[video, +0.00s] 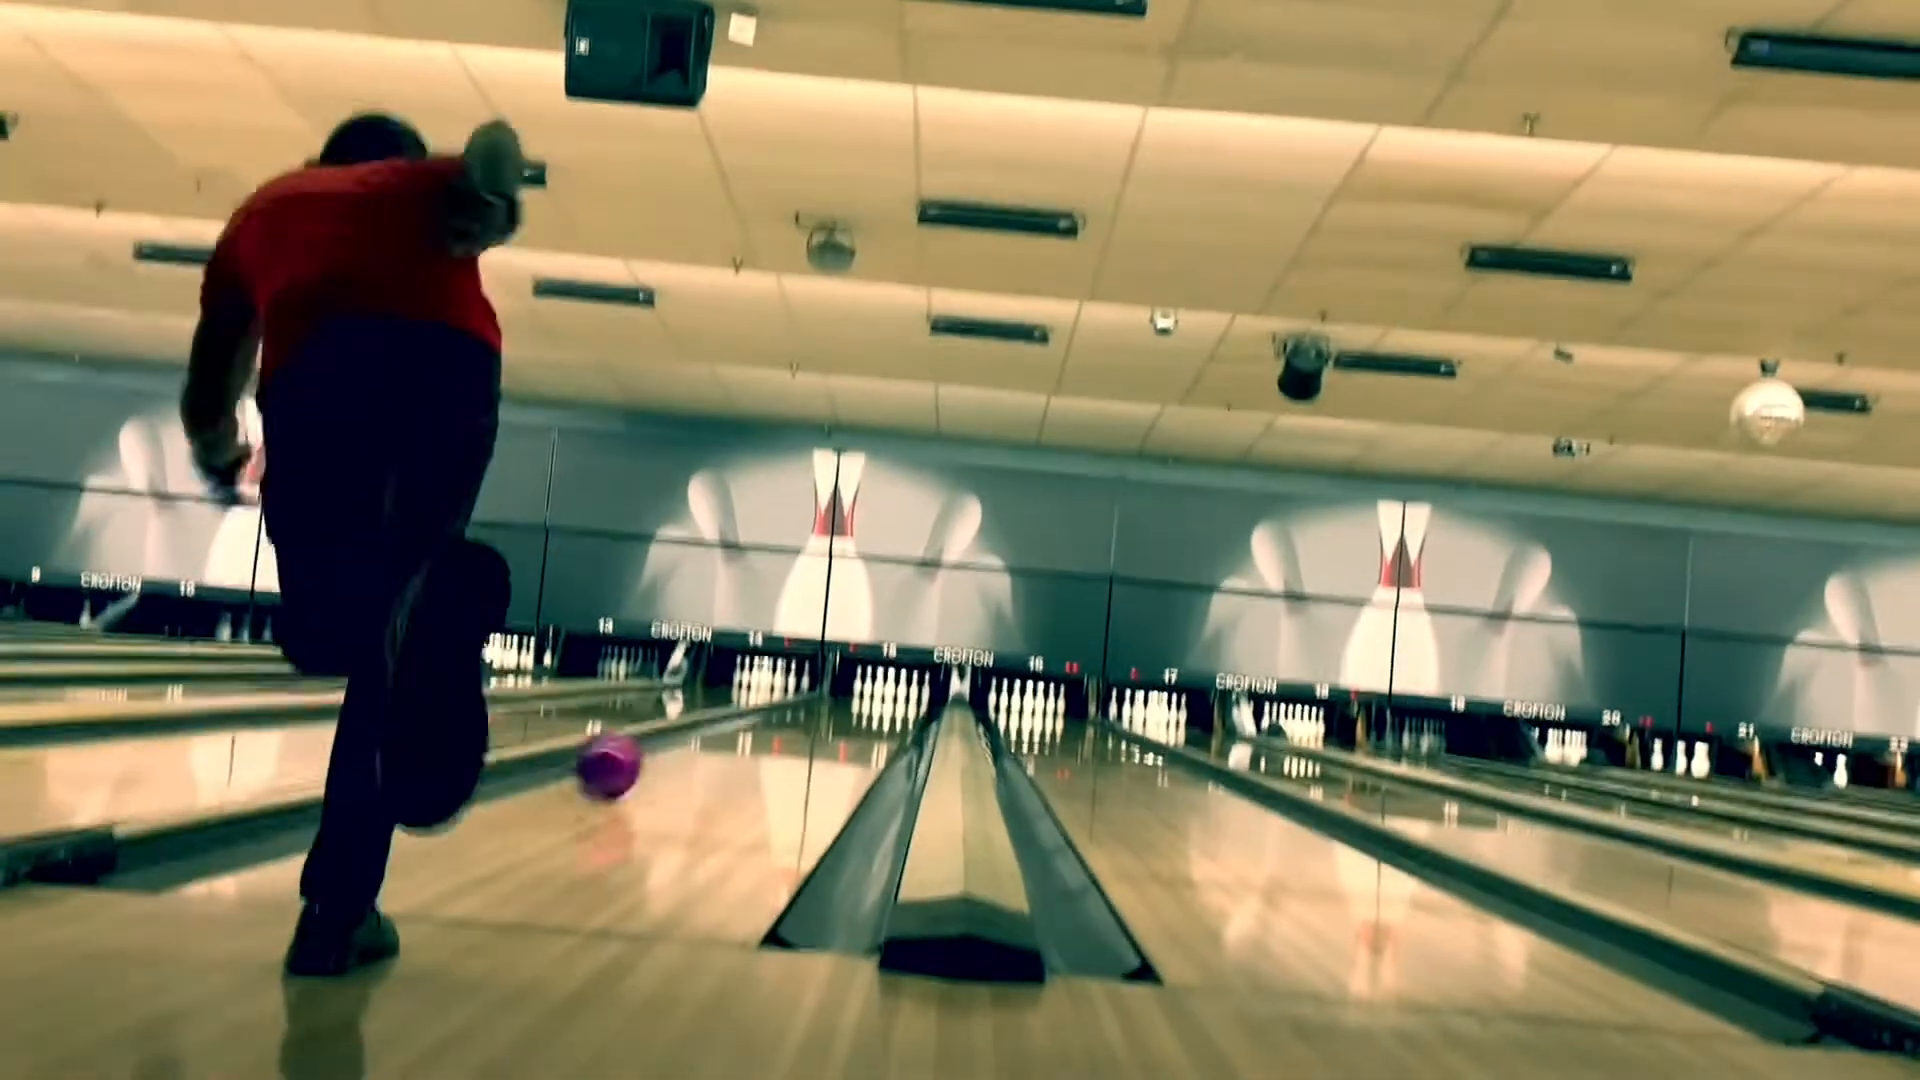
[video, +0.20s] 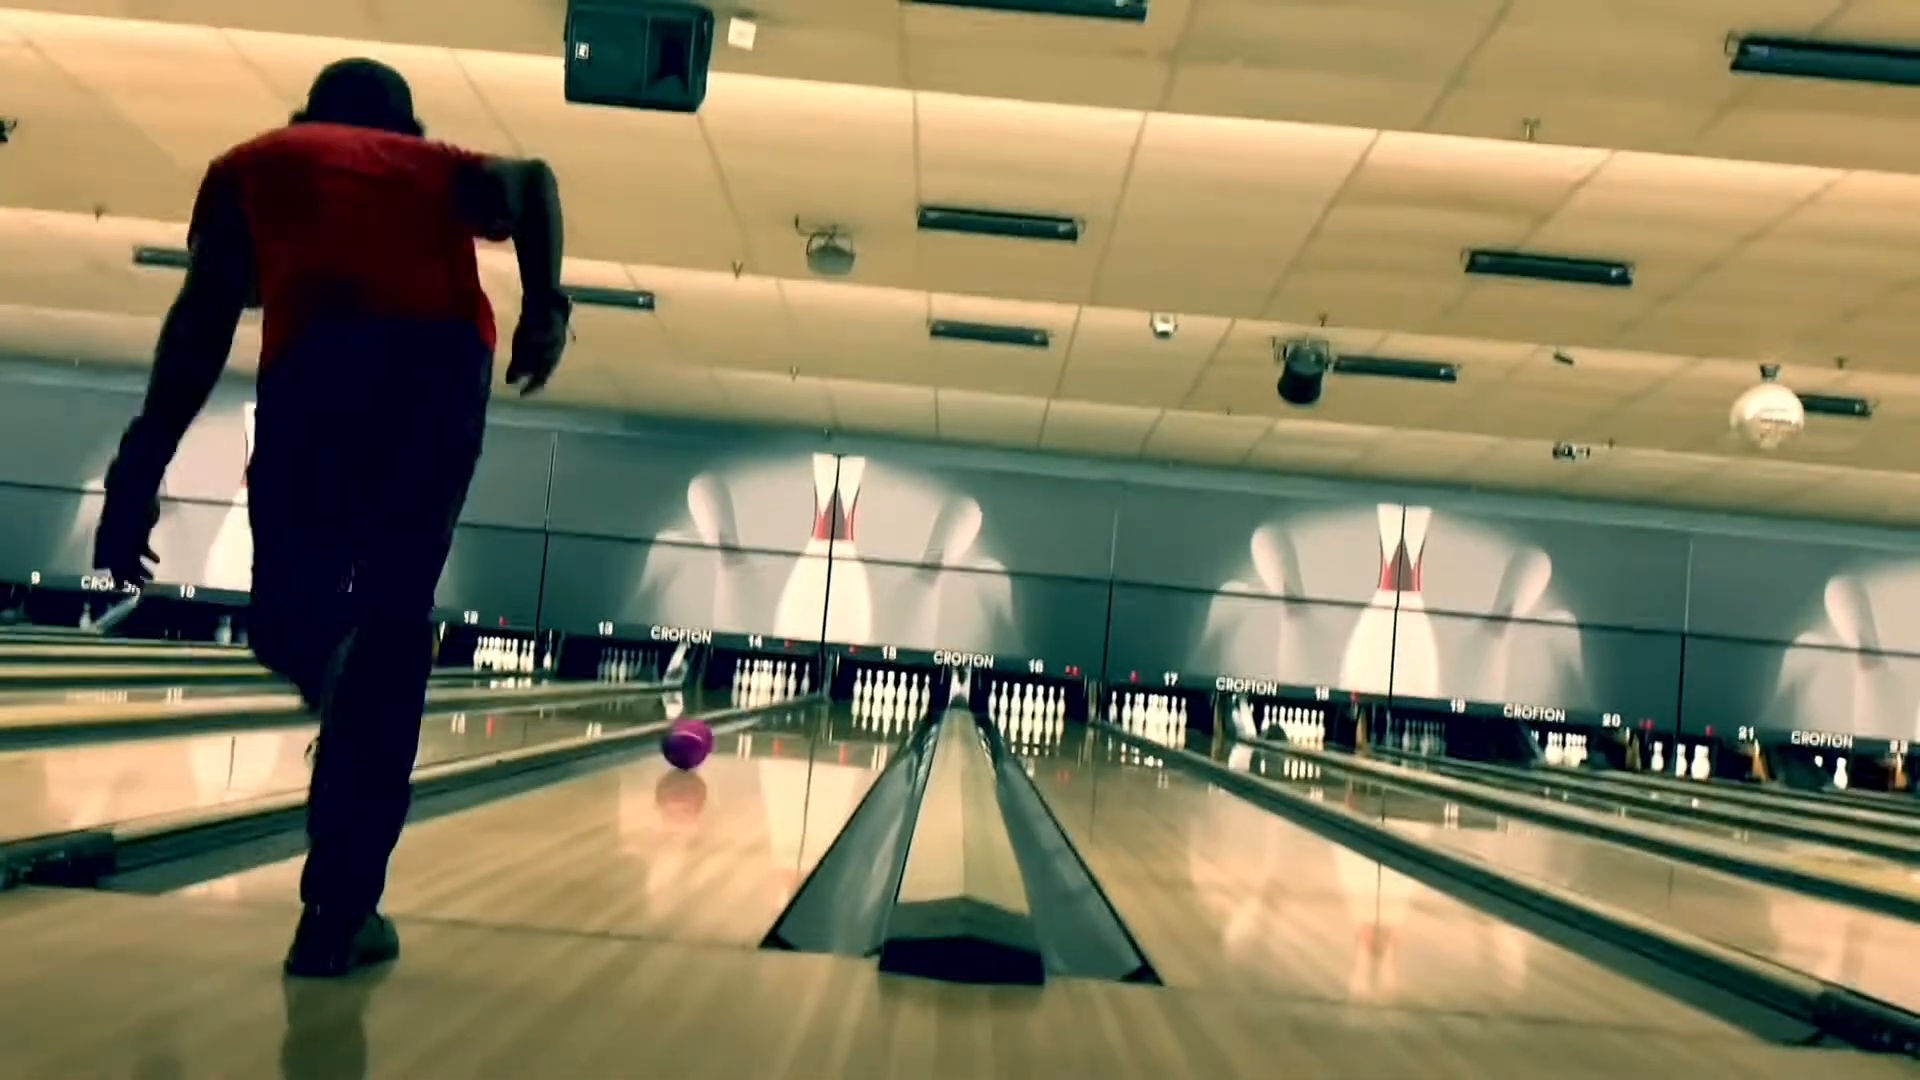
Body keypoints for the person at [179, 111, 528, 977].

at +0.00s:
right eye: (410, 157)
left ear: (327, 160)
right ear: (412, 157)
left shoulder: (266, 209)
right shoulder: (436, 181)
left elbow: (209, 386)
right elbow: (490, 151)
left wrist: (222, 452)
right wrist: (493, 196)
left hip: (321, 374)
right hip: (448, 366)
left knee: (314, 632)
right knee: (392, 647)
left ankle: (428, 609)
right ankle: (334, 916)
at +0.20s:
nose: (411, 133)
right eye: (410, 121)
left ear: (309, 111)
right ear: (403, 120)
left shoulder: (250, 166)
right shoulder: (436, 160)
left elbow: (197, 334)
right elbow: (532, 180)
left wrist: (139, 470)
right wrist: (544, 310)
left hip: (315, 381)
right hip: (441, 377)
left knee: (287, 617)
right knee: (392, 646)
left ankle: (340, 678)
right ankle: (334, 921)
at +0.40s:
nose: (268, 58)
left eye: (274, 46)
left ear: (280, 53)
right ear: (374, 67)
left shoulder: (240, 100)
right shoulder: (423, 134)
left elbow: (170, 245)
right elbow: (525, 189)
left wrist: (89, 378)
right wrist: (524, 345)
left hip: (286, 368)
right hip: (419, 377)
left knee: (206, 614)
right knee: (381, 640)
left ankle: (207, 883)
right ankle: (337, 918)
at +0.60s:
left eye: (224, 18)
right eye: (343, 24)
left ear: (228, 12)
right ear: (334, 20)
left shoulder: (177, 82)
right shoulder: (378, 98)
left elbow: (106, 240)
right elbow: (466, 202)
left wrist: (45, 390)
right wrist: (453, 351)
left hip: (211, 381)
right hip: (351, 388)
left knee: (139, 623)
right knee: (345, 649)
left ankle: (80, 897)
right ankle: (332, 917)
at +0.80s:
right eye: (308, 3)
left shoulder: (124, 59)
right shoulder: (342, 75)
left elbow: (64, 217)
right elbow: (397, 200)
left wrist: (45, 339)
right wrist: (382, 339)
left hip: (156, 372)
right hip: (292, 375)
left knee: (110, 627)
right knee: (309, 635)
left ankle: (77, 900)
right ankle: (301, 894)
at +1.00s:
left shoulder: (112, 42)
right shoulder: (333, 58)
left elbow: (51, 207)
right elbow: (373, 207)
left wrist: (59, 305)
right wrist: (362, 332)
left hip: (139, 359)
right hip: (273, 364)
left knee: (103, 620)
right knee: (290, 629)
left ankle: (79, 895)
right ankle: (272, 888)